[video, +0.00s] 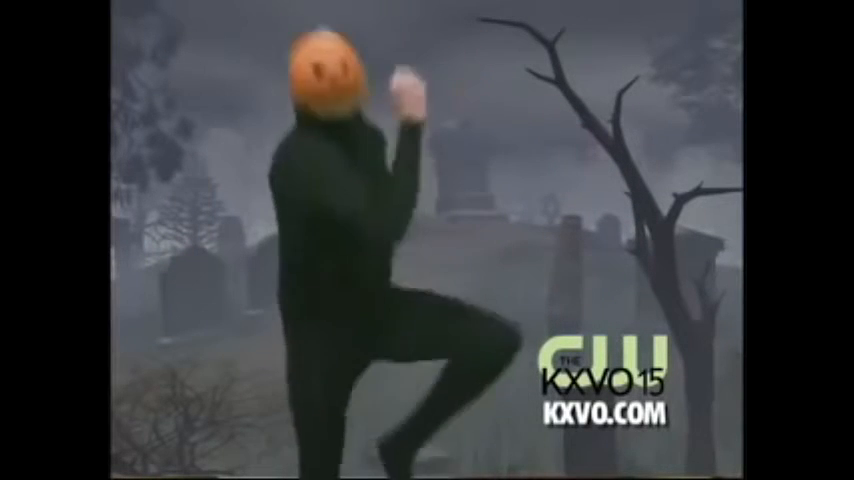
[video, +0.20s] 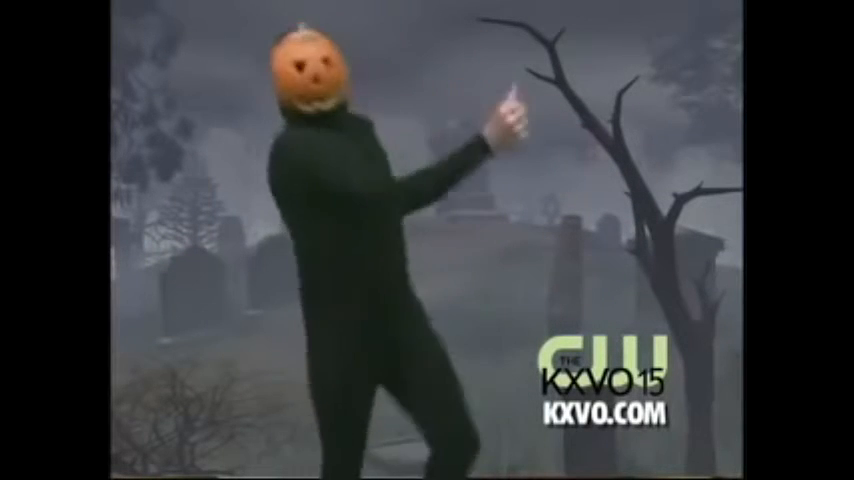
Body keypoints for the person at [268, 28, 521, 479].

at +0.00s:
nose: (343, 94)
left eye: (344, 80)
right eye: (333, 87)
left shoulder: (364, 140)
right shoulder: (298, 157)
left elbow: (380, 229)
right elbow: (386, 224)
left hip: (375, 311)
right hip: (320, 331)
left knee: (494, 340)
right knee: (320, 469)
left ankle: (402, 445)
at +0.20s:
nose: (314, 71)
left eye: (323, 59)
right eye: (298, 64)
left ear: (341, 70)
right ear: (280, 84)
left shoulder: (359, 133)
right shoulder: (292, 152)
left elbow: (378, 221)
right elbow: (386, 201)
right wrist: (485, 144)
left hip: (397, 318)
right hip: (338, 331)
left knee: (456, 443)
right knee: (342, 464)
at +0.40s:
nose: (374, 148)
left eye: (384, 134)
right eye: (357, 139)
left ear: (399, 138)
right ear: (336, 151)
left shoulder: (409, 188)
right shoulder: (328, 222)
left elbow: (415, 289)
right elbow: (403, 295)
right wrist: (438, 196)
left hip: (400, 359)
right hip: (340, 374)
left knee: (489, 441)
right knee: (343, 472)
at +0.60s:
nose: (424, 90)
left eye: (437, 78)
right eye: (409, 79)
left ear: (454, 85)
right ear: (387, 91)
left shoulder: (475, 141)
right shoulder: (371, 161)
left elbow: (520, 156)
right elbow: (395, 271)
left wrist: (505, 221)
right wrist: (443, 367)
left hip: (449, 329)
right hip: (377, 335)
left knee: (485, 463)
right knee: (355, 465)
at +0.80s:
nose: (487, 124)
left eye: (502, 113)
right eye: (473, 113)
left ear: (521, 124)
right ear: (452, 122)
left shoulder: (540, 202)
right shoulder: (421, 198)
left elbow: (591, 299)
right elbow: (376, 283)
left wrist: (524, 341)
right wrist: (335, 371)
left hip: (498, 373)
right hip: (417, 367)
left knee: (511, 472)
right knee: (359, 470)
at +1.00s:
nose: (527, 110)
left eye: (540, 102)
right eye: (521, 90)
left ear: (560, 106)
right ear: (501, 94)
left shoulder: (563, 174)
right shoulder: (481, 138)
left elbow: (511, 256)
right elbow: (435, 194)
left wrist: (463, 166)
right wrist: (375, 251)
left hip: (498, 342)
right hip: (432, 314)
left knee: (503, 472)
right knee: (317, 364)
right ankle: (407, 461)